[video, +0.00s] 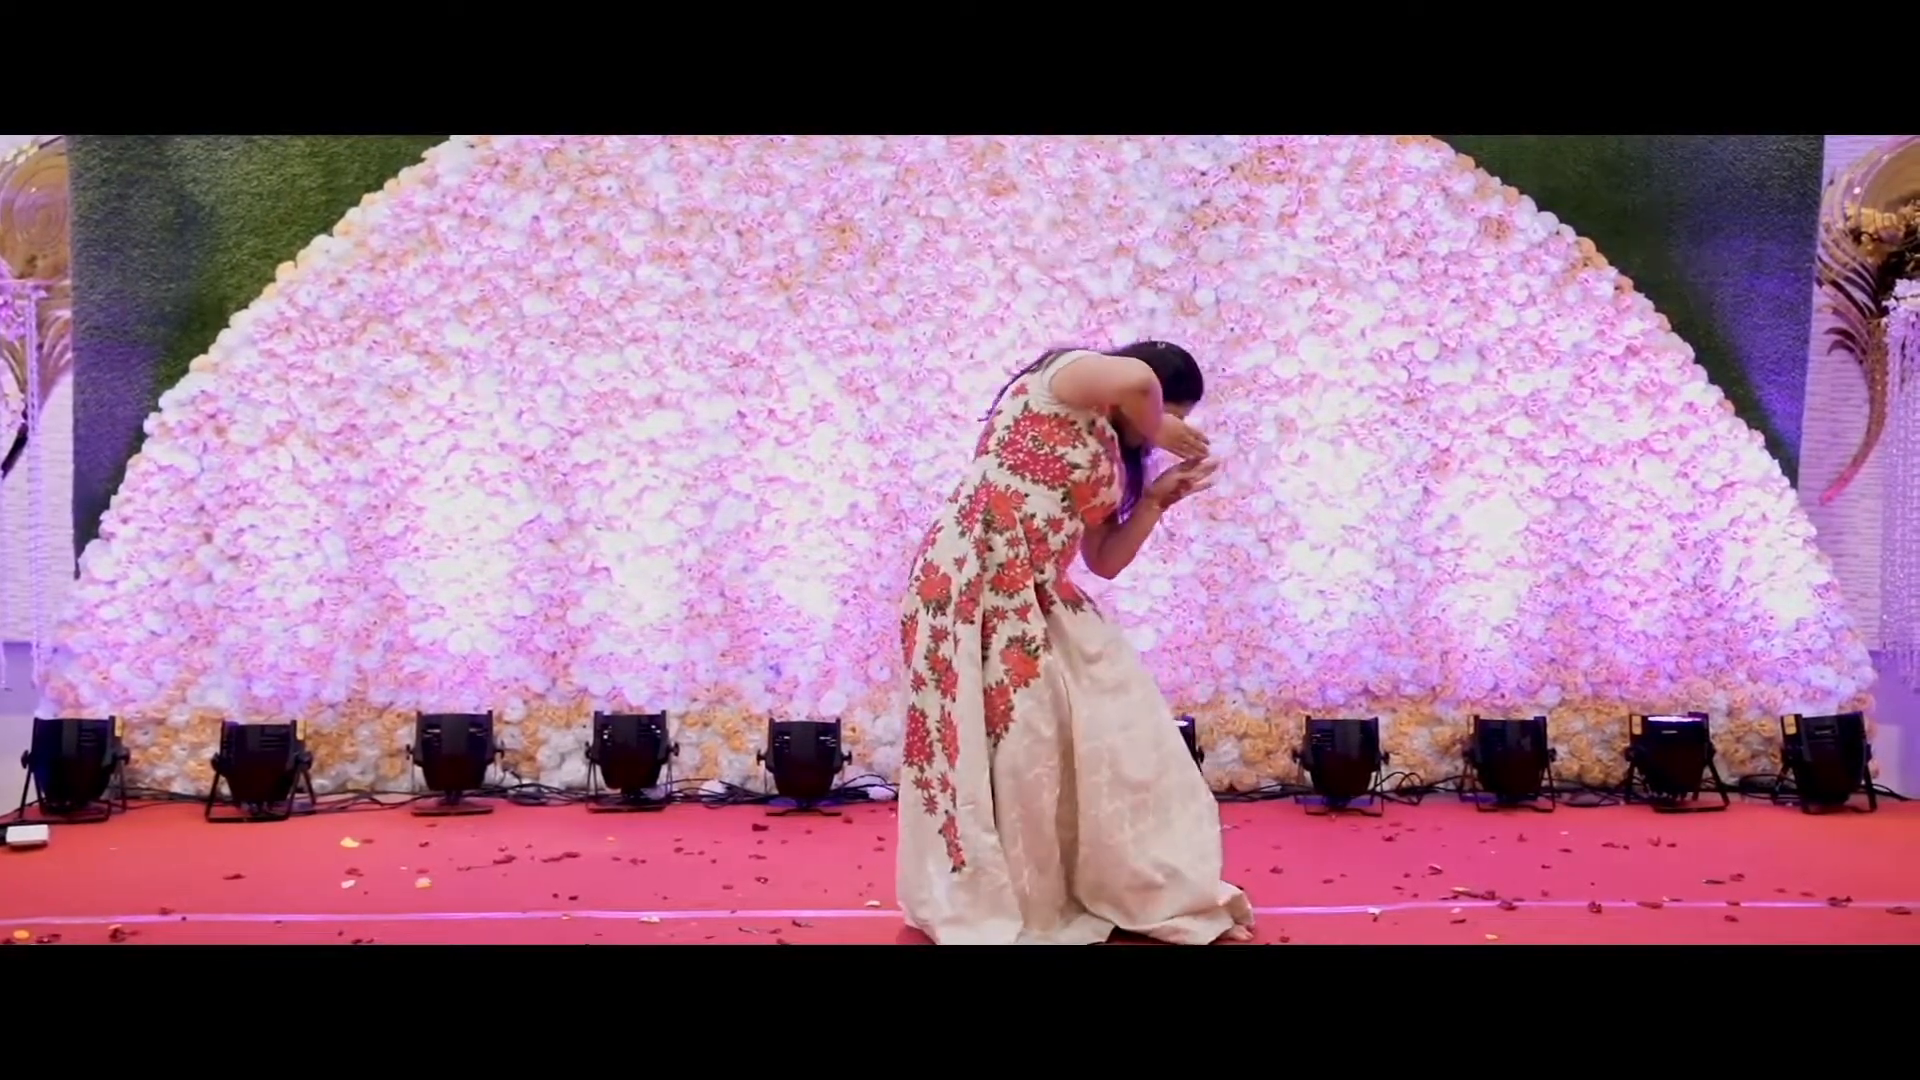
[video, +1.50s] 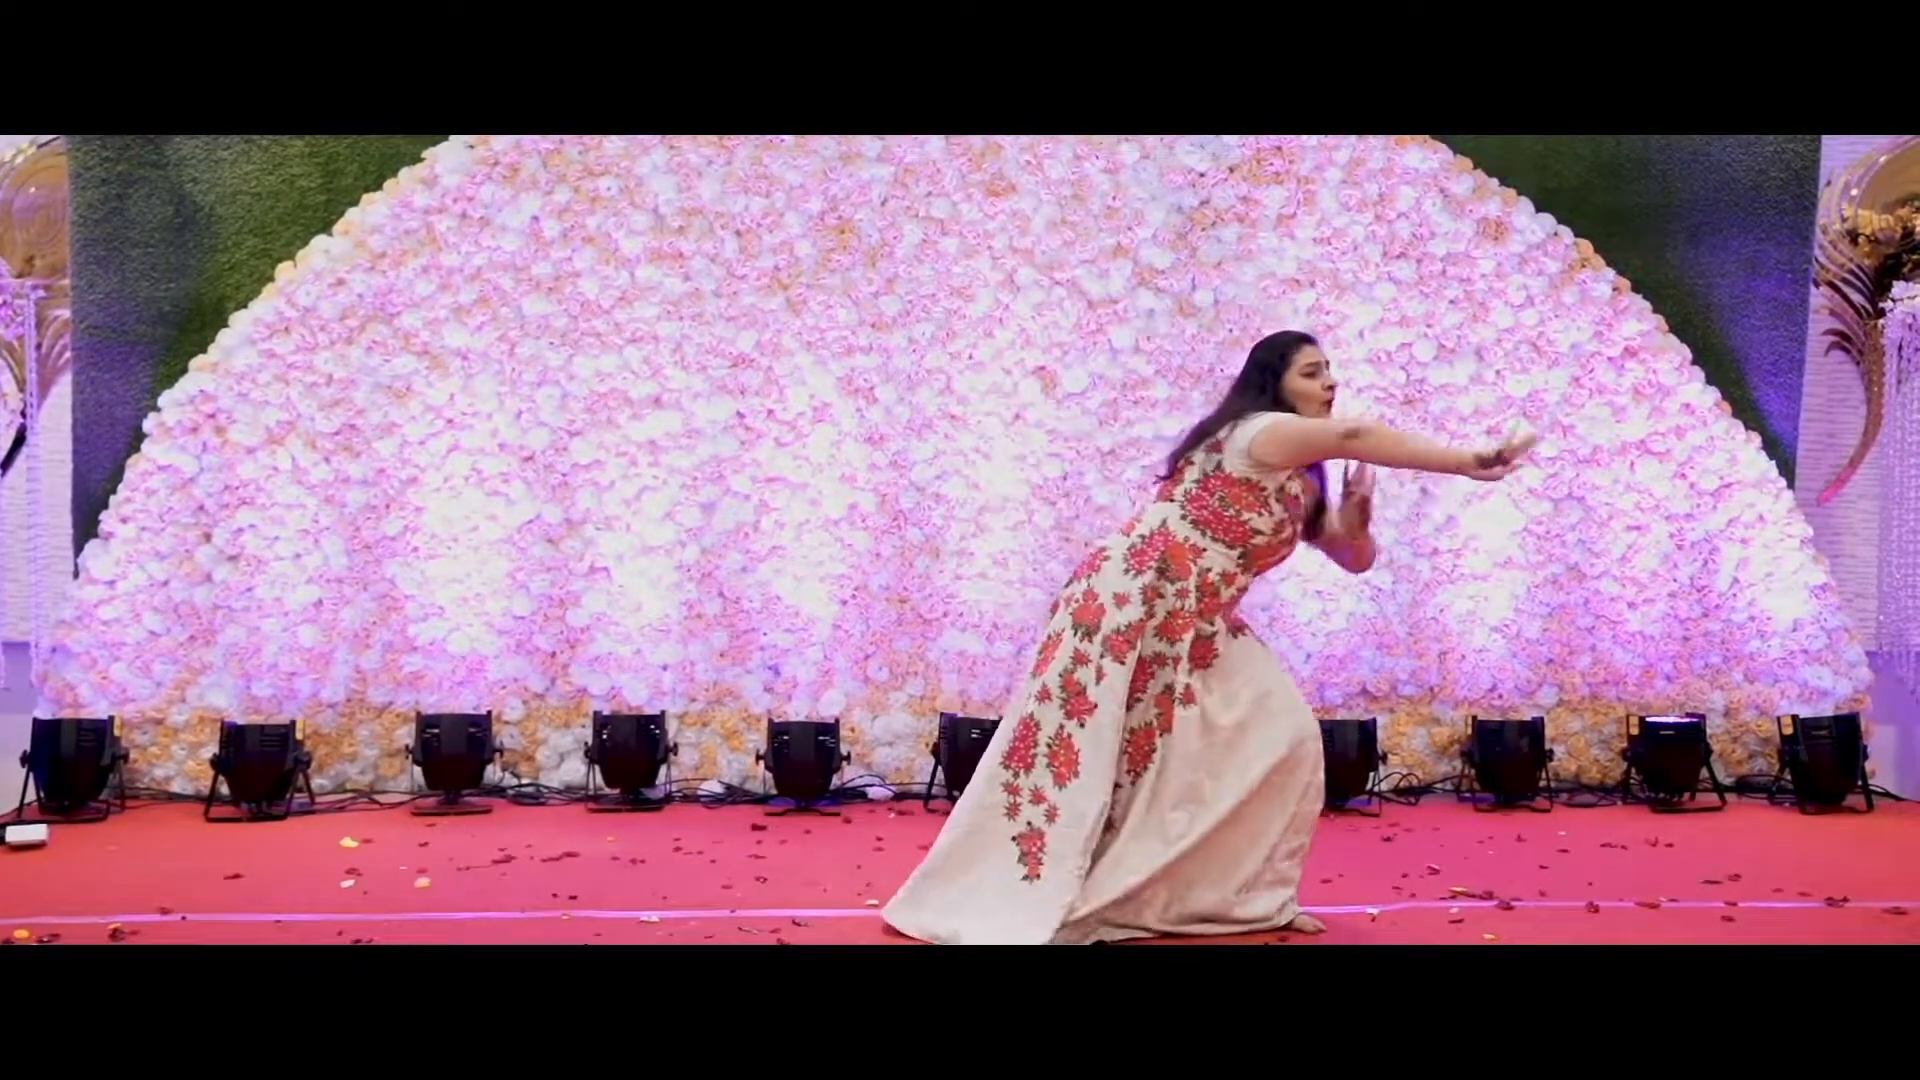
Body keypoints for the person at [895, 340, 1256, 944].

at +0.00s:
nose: (1168, 423)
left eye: (1173, 417)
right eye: (1171, 411)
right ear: (1142, 377)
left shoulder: (1106, 468)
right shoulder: (1061, 379)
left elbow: (1105, 559)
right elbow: (1138, 378)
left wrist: (1155, 500)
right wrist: (1159, 431)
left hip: (1035, 598)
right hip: (967, 587)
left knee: (1125, 722)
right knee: (1025, 735)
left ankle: (1158, 889)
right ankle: (1016, 898)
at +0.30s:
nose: (1124, 413)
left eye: (1130, 405)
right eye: (1127, 400)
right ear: (1100, 368)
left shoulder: (1069, 450)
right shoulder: (1016, 372)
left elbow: (1070, 549)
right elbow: (1089, 350)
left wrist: (1108, 480)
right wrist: (1118, 399)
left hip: (1012, 594)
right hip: (942, 580)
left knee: (1095, 725)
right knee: (970, 740)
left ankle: (1159, 886)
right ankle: (989, 896)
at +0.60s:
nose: (1124, 395)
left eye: (1131, 386)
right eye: (1123, 382)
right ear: (1093, 353)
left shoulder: (1073, 436)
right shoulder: (1013, 368)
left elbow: (1101, 523)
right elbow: (1071, 314)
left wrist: (1124, 451)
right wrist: (1128, 368)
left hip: (1024, 591)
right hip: (954, 577)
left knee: (1079, 738)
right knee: (966, 739)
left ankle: (1163, 891)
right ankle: (975, 898)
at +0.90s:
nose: (1160, 364)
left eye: (1164, 350)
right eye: (1155, 347)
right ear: (1122, 336)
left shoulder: (1110, 434)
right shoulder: (1037, 365)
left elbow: (1153, 516)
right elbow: (1059, 364)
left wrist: (1204, 433)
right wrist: (1122, 331)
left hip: (1069, 586)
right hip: (996, 574)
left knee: (1129, 729)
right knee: (994, 737)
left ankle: (1183, 880)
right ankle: (994, 892)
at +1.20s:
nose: (1278, 364)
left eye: (1275, 352)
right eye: (1263, 352)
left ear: (1226, 361)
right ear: (1224, 360)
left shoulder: (1209, 441)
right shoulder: (1206, 405)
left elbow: (1223, 569)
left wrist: (1292, 539)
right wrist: (1269, 454)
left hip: (1131, 605)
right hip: (1079, 591)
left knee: (1222, 716)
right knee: (1067, 742)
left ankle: (1218, 888)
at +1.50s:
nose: (1331, 385)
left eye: (1331, 372)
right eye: (1315, 373)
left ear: (1319, 385)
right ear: (1275, 387)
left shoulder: (1302, 479)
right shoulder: (1256, 435)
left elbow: (1355, 557)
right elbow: (1356, 435)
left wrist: (1361, 501)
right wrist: (1472, 458)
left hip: (1197, 627)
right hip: (1126, 609)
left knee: (1286, 731)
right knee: (1089, 759)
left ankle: (1224, 893)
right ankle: (1048, 906)